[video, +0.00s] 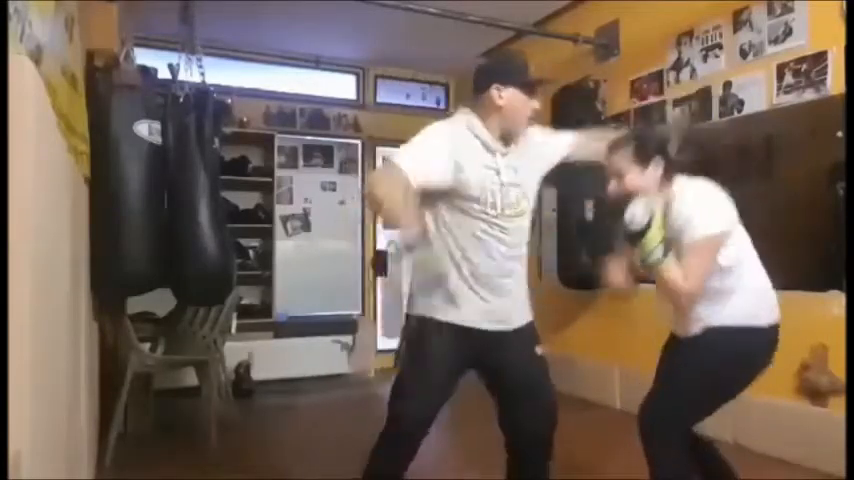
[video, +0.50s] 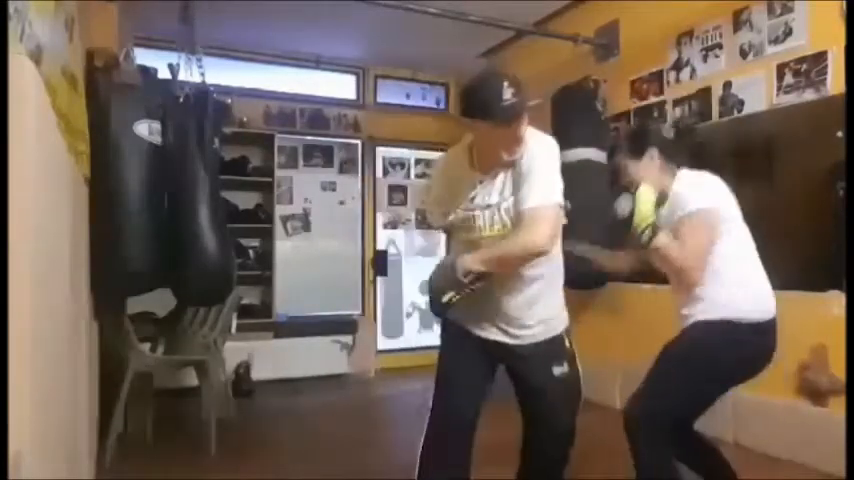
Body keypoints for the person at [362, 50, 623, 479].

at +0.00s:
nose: (536, 105)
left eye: (536, 95)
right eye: (529, 94)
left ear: (505, 96)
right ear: (498, 94)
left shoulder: (536, 143)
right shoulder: (447, 138)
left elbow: (593, 143)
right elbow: (385, 180)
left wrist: (646, 141)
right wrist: (405, 215)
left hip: (510, 321)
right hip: (442, 319)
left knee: (535, 425)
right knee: (405, 428)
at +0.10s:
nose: (543, 111)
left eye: (544, 101)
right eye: (533, 101)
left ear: (521, 99)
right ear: (499, 99)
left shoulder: (551, 130)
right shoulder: (447, 148)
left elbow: (624, 119)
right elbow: (381, 201)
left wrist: (700, 114)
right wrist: (395, 269)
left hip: (521, 318)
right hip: (448, 315)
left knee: (540, 423)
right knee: (424, 430)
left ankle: (531, 477)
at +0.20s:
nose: (532, 121)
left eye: (533, 111)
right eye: (523, 110)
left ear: (533, 108)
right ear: (490, 106)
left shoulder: (542, 138)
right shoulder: (442, 155)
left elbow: (606, 149)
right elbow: (413, 218)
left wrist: (621, 172)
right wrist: (459, 239)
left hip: (528, 317)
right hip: (456, 316)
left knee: (545, 418)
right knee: (444, 424)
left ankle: (535, 479)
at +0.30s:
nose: (519, 125)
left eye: (521, 113)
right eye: (507, 116)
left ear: (525, 111)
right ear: (474, 119)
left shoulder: (538, 144)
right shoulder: (441, 164)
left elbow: (568, 205)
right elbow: (430, 223)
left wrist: (520, 253)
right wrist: (476, 241)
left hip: (531, 321)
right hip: (460, 317)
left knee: (551, 429)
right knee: (442, 430)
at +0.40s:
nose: (516, 130)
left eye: (519, 118)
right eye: (503, 122)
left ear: (524, 113)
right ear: (474, 124)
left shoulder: (537, 149)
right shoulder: (447, 165)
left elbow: (541, 233)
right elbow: (438, 231)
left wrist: (477, 264)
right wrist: (503, 263)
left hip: (536, 329)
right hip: (467, 325)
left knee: (548, 446)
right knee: (445, 437)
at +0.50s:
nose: (518, 131)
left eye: (521, 119)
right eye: (506, 124)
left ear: (526, 113)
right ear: (475, 125)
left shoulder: (540, 151)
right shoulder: (450, 167)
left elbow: (539, 236)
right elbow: (448, 236)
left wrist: (472, 261)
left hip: (538, 328)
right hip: (468, 326)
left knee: (551, 443)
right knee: (448, 435)